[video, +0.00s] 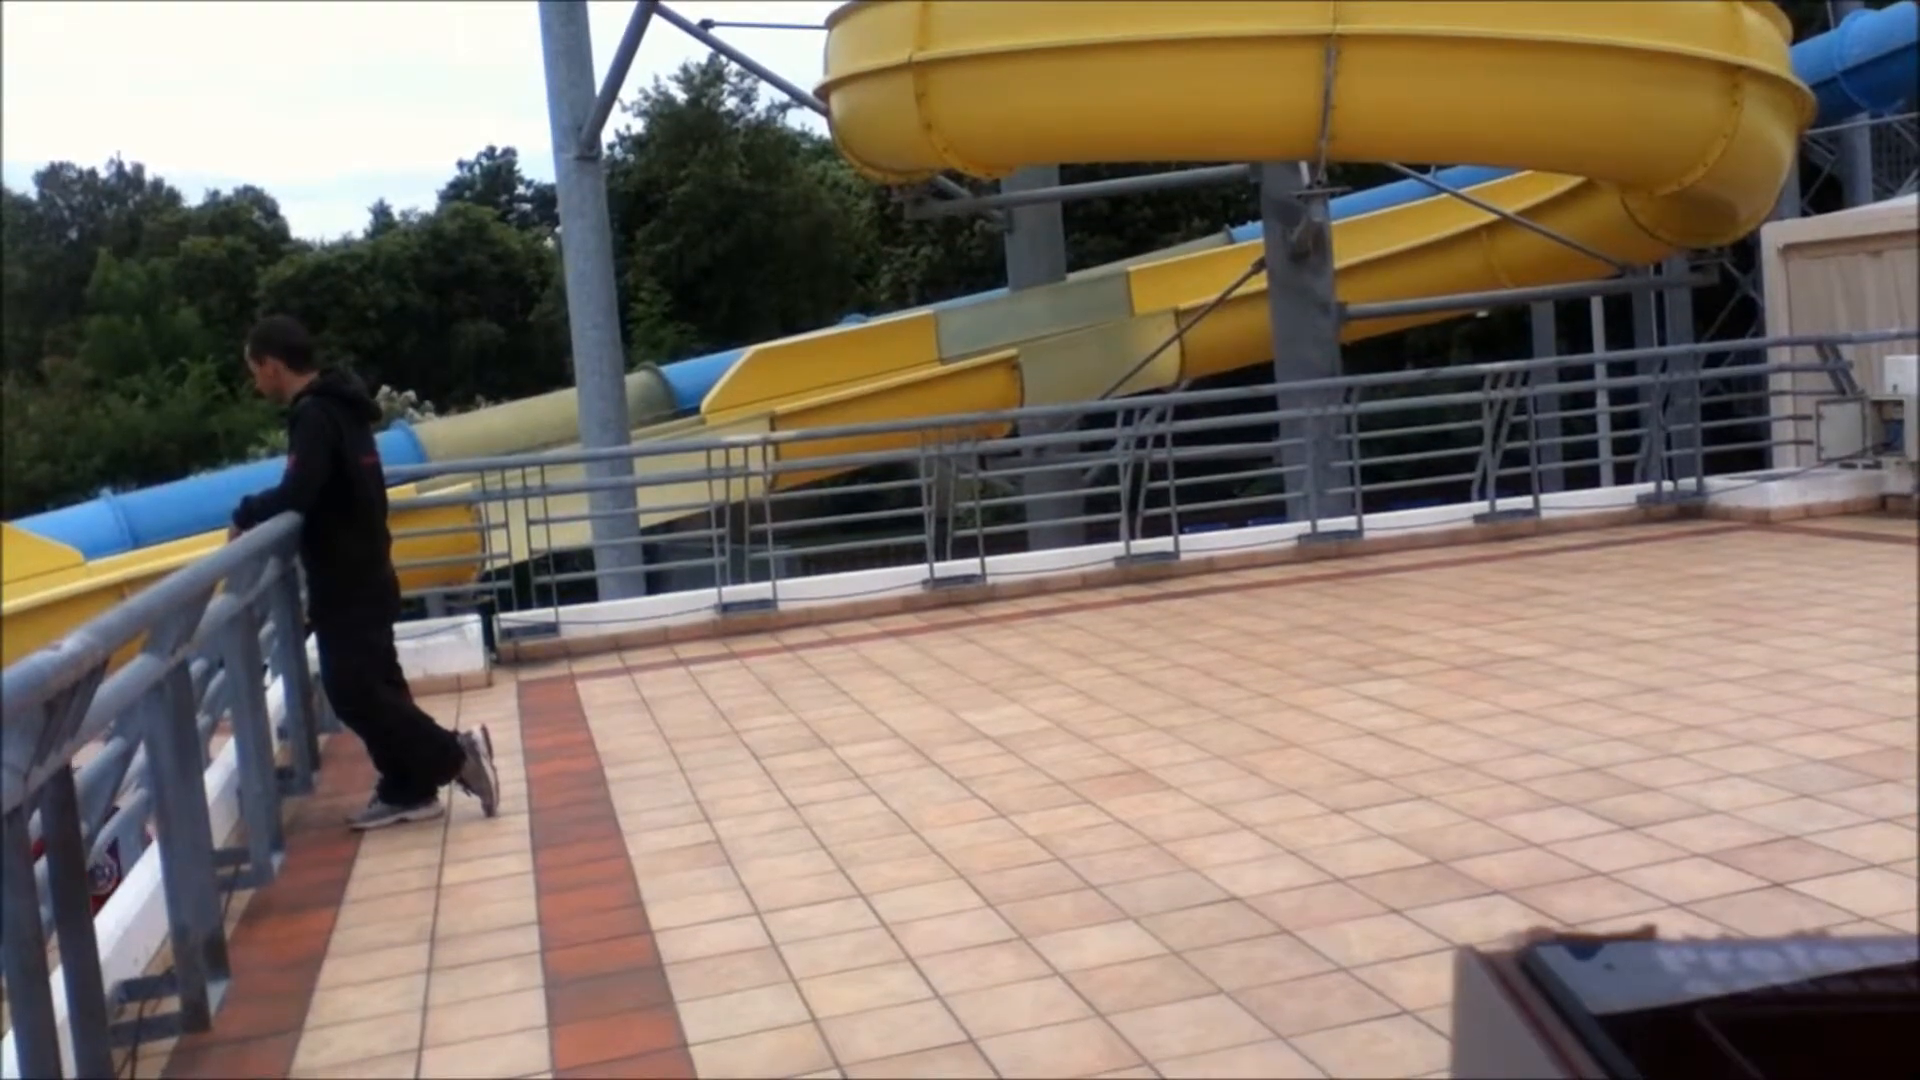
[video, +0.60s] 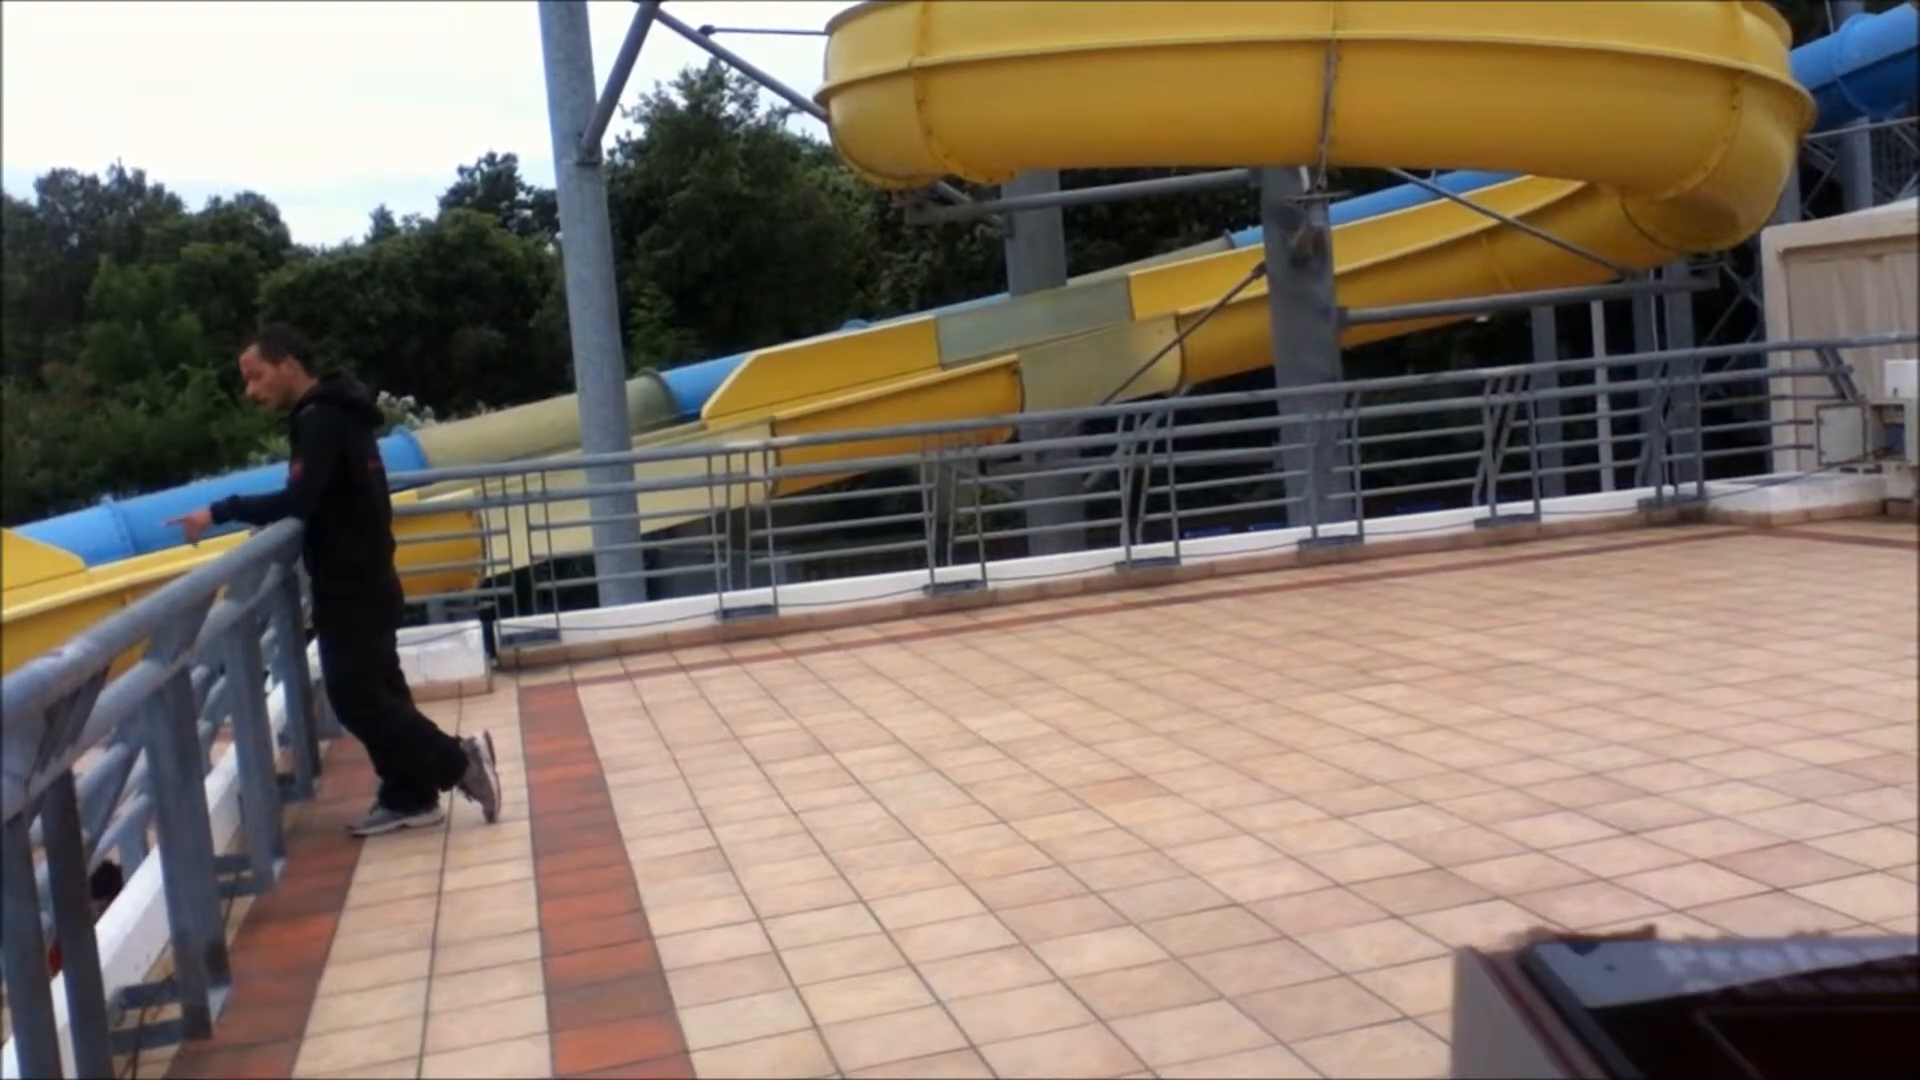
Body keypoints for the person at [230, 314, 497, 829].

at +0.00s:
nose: (255, 381)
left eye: (256, 370)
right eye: (253, 371)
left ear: (276, 365)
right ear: (298, 360)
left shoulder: (314, 414)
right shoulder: (338, 404)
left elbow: (300, 494)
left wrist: (245, 513)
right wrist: (263, 514)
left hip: (345, 579)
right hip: (365, 574)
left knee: (350, 694)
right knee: (377, 682)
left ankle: (453, 754)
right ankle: (406, 791)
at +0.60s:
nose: (251, 391)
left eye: (255, 377)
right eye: (247, 381)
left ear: (290, 366)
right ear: (289, 371)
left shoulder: (317, 420)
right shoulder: (337, 409)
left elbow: (301, 502)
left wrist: (221, 511)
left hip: (350, 586)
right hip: (365, 579)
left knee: (354, 699)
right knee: (379, 687)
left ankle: (457, 763)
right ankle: (408, 798)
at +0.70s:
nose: (252, 393)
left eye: (257, 379)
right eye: (248, 383)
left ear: (291, 367)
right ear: (292, 372)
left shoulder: (318, 421)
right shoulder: (338, 409)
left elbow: (300, 503)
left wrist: (218, 512)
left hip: (350, 586)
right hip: (367, 579)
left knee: (353, 700)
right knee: (380, 687)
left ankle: (458, 763)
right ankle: (408, 798)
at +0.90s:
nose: (255, 391)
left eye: (259, 377)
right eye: (251, 381)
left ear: (292, 365)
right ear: (294, 370)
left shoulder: (320, 419)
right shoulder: (341, 408)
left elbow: (299, 502)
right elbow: (359, 506)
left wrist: (216, 513)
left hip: (350, 585)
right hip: (367, 579)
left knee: (353, 698)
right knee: (379, 686)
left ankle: (456, 762)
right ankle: (408, 797)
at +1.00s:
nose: (256, 391)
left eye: (259, 377)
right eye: (251, 381)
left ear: (292, 365)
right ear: (294, 370)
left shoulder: (320, 419)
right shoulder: (341, 409)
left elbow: (299, 502)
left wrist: (216, 513)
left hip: (349, 586)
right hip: (367, 580)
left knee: (351, 698)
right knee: (379, 687)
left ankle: (455, 762)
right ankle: (408, 797)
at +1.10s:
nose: (257, 394)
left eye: (260, 381)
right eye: (252, 384)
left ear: (292, 368)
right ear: (295, 372)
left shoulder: (320, 421)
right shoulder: (341, 410)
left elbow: (299, 504)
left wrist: (217, 515)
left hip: (348, 588)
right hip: (366, 581)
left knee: (352, 701)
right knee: (379, 688)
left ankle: (454, 764)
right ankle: (407, 798)